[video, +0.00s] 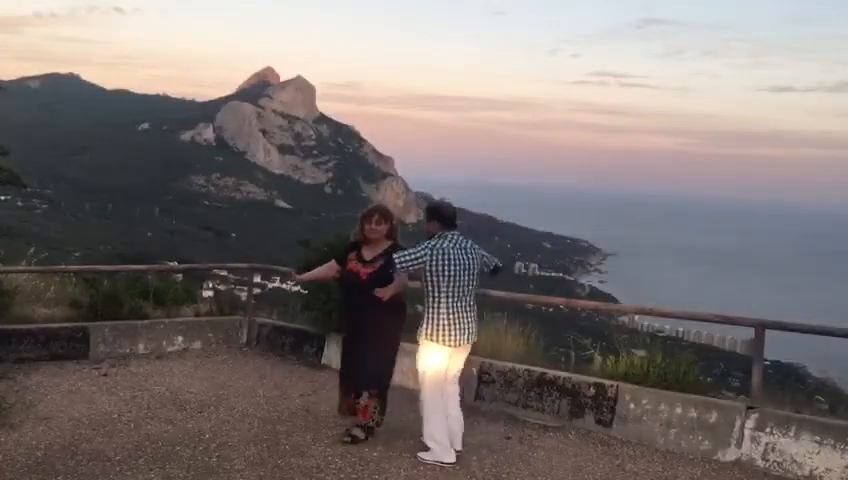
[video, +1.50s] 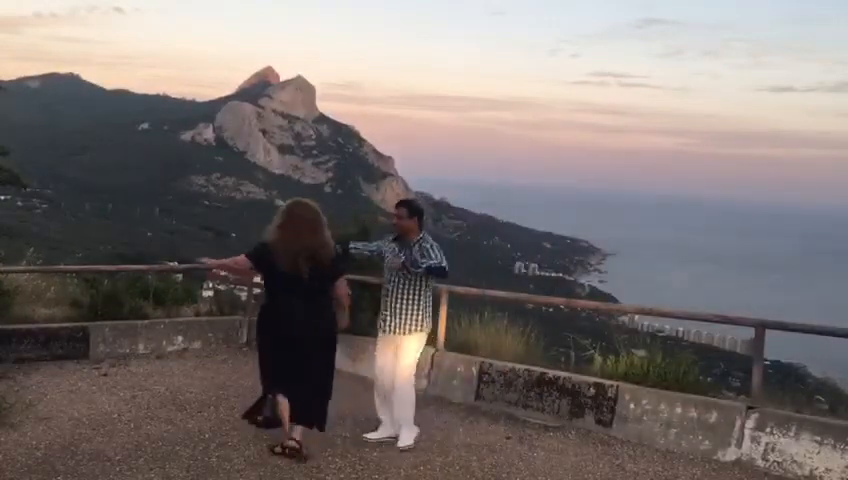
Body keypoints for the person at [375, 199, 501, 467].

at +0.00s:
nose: (427, 227)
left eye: (428, 222)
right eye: (428, 222)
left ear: (435, 223)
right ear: (452, 222)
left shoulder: (432, 247)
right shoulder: (472, 247)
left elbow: (395, 260)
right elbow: (496, 267)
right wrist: (480, 263)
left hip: (437, 332)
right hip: (466, 331)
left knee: (431, 390)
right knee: (450, 385)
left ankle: (440, 450)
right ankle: (454, 441)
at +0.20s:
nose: (424, 228)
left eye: (426, 222)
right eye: (424, 222)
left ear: (434, 223)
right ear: (448, 222)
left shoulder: (434, 248)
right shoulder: (467, 248)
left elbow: (396, 265)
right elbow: (477, 272)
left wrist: (374, 280)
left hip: (435, 329)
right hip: (460, 328)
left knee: (421, 384)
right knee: (443, 386)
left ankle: (440, 443)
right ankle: (444, 438)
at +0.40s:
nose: (415, 228)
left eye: (418, 222)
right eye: (416, 223)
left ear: (428, 223)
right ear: (437, 223)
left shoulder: (435, 247)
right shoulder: (455, 245)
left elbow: (412, 274)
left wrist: (388, 271)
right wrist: (406, 272)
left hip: (432, 327)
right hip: (452, 325)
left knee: (409, 380)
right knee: (441, 383)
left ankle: (435, 432)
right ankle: (444, 437)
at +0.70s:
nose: (399, 225)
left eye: (403, 220)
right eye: (400, 220)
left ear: (416, 222)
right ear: (419, 223)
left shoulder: (426, 246)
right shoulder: (429, 243)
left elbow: (421, 277)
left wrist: (399, 277)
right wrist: (403, 274)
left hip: (418, 327)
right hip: (426, 326)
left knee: (402, 381)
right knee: (424, 379)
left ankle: (404, 436)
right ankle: (438, 428)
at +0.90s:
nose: (393, 226)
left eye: (396, 220)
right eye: (393, 220)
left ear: (409, 221)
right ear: (408, 222)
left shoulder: (423, 244)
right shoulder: (409, 246)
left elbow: (415, 270)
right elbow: (389, 264)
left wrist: (395, 266)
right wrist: (385, 244)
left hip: (416, 328)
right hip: (400, 326)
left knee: (400, 381)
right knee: (388, 375)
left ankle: (404, 436)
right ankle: (422, 417)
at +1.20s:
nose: (389, 222)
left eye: (393, 218)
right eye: (389, 217)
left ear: (408, 219)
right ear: (400, 220)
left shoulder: (421, 242)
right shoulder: (395, 245)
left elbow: (415, 257)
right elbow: (369, 259)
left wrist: (396, 254)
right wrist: (379, 256)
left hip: (411, 323)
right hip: (391, 322)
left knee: (398, 379)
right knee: (384, 376)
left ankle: (404, 434)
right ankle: (388, 425)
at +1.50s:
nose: (394, 221)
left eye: (400, 217)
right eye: (395, 217)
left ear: (415, 220)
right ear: (397, 219)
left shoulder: (426, 245)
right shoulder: (390, 244)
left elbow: (442, 271)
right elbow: (365, 248)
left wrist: (413, 265)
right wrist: (341, 247)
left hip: (414, 325)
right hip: (388, 322)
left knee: (402, 377)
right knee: (382, 375)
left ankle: (407, 429)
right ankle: (388, 426)